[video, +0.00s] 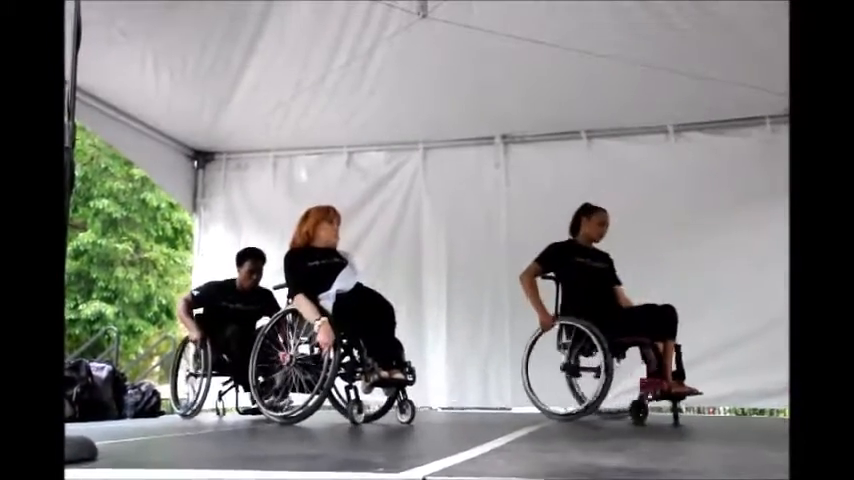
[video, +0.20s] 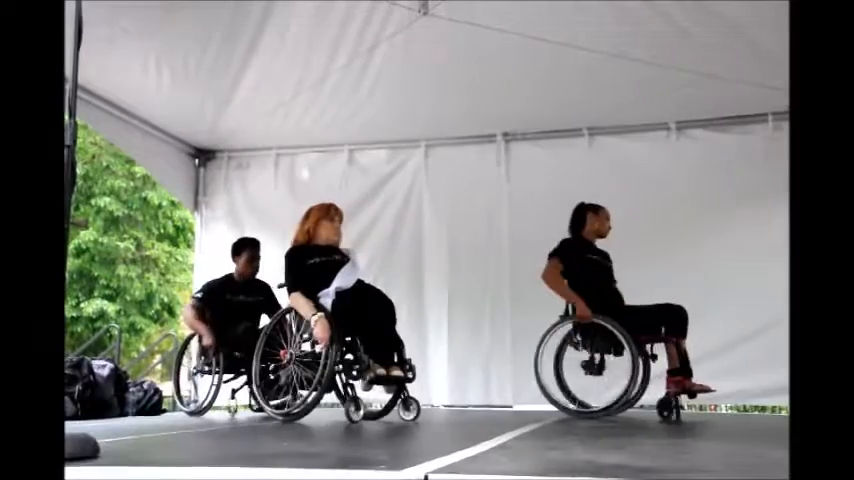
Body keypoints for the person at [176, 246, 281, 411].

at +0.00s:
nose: (256, 277)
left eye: (259, 272)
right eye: (251, 272)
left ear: (263, 271)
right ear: (239, 269)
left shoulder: (264, 297)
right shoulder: (216, 290)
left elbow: (281, 323)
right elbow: (184, 305)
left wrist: (285, 347)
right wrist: (193, 329)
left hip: (247, 349)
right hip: (215, 349)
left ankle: (274, 393)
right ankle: (258, 394)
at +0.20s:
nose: (256, 265)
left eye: (257, 260)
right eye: (250, 260)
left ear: (260, 259)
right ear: (236, 259)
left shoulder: (262, 289)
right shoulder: (216, 287)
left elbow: (281, 321)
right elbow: (189, 312)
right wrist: (205, 334)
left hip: (249, 351)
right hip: (218, 352)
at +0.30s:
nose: (254, 262)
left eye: (255, 256)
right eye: (249, 257)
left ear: (258, 256)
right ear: (234, 258)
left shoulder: (261, 288)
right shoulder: (217, 288)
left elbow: (278, 319)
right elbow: (199, 316)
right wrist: (215, 339)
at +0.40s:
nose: (254, 257)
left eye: (253, 252)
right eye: (248, 253)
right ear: (233, 256)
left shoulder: (254, 287)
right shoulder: (223, 286)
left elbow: (266, 316)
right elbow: (221, 323)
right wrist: (236, 346)